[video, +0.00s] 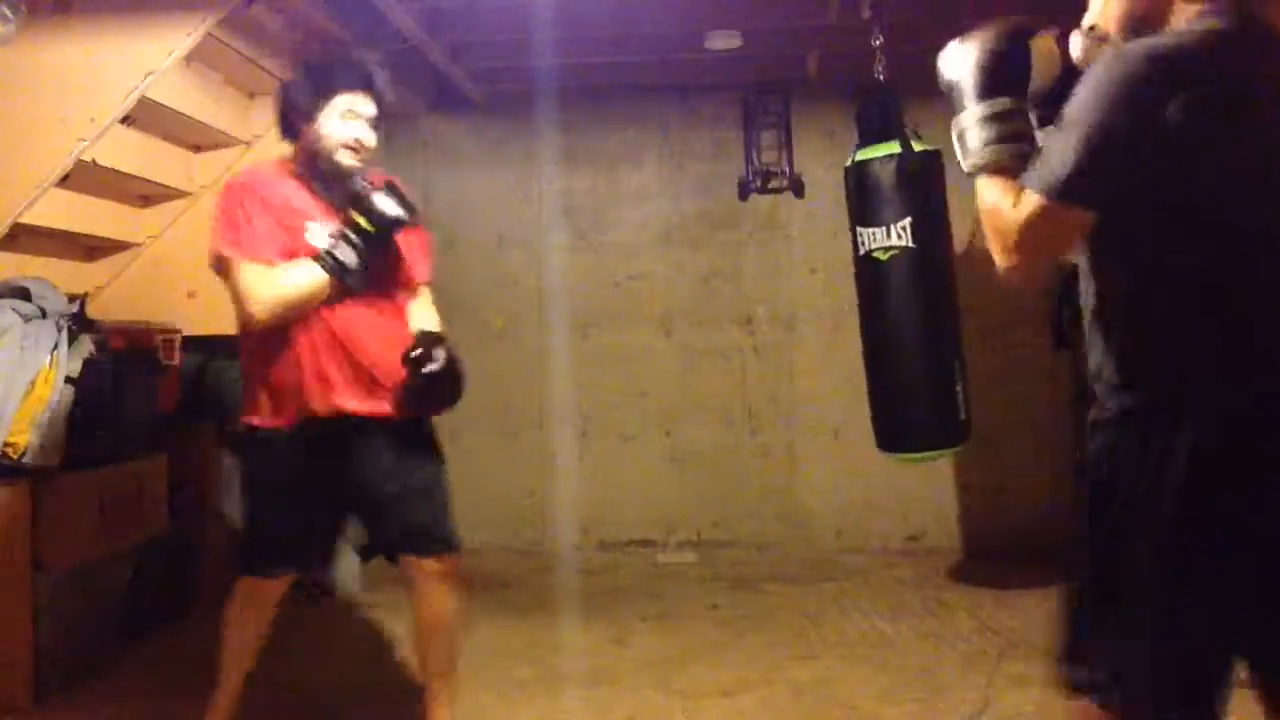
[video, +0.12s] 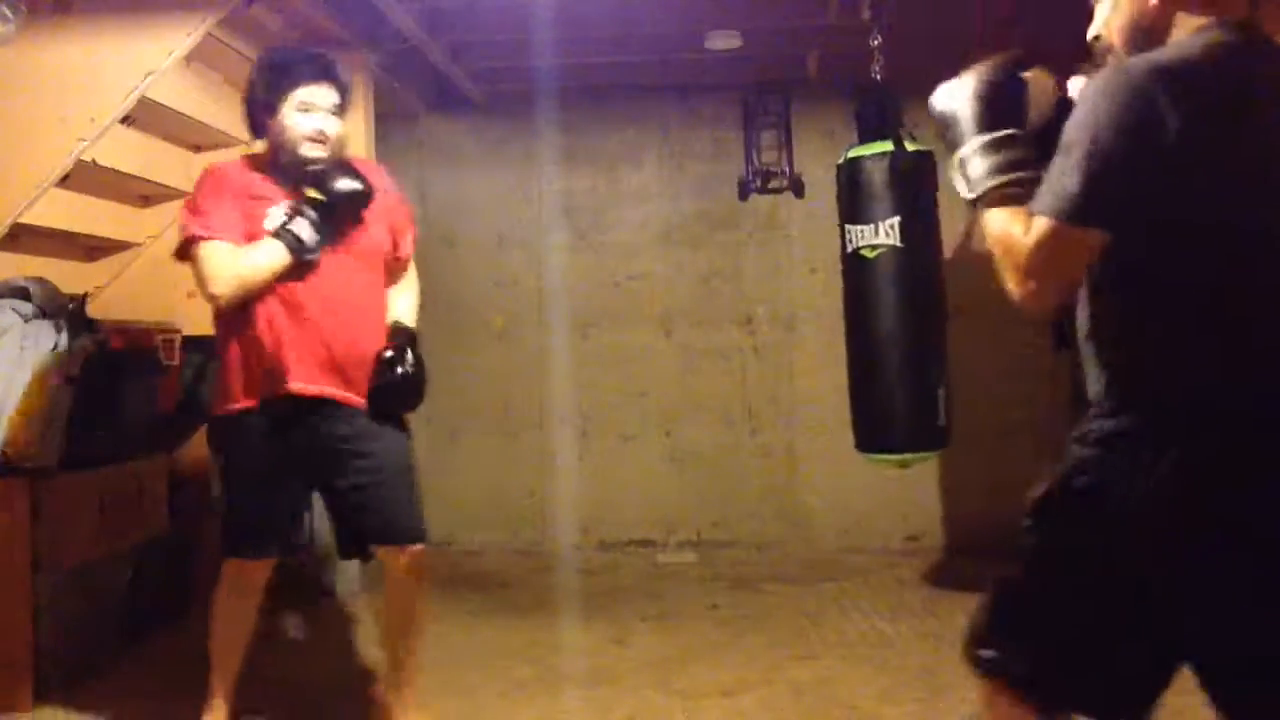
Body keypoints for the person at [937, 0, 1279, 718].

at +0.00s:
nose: (1087, 13)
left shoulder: (1142, 75)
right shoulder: (1260, 62)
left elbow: (1018, 250)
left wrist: (982, 103)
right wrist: (1103, 77)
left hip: (1167, 437)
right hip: (1263, 420)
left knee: (1149, 682)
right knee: (1273, 667)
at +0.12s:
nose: (1092, 20)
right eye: (1094, 0)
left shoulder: (1141, 91)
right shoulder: (1266, 75)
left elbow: (1034, 277)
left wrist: (987, 145)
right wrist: (1102, 111)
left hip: (1148, 473)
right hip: (1259, 463)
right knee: (1262, 691)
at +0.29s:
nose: (1038, 3)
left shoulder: (1071, 81)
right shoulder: (1256, 79)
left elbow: (958, 259)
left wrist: (905, 113)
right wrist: (1026, 91)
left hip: (1093, 469)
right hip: (1244, 464)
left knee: (973, 690)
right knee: (1243, 694)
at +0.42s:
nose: (962, 8)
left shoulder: (983, 90)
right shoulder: (1173, 85)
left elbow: (885, 266)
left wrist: (830, 156)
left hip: (1023, 489)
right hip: (1188, 480)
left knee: (950, 702)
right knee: (1235, 703)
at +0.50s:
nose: (902, 15)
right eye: (906, 0)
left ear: (965, 4)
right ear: (1038, 7)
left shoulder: (910, 110)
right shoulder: (1111, 100)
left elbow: (833, 292)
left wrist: (782, 184)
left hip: (957, 511)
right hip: (1126, 499)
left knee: (908, 707)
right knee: (1211, 705)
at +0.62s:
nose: (832, 11)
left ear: (888, 7)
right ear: (966, 12)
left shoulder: (831, 113)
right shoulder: (1039, 103)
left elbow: (756, 287)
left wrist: (722, 178)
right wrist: (784, 132)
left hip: (886, 504)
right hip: (1056, 489)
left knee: (857, 708)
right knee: (1123, 709)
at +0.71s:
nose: (812, 16)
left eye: (817, 7)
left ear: (853, 9)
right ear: (935, 8)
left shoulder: (807, 95)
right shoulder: (1011, 90)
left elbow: (696, 251)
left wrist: (701, 116)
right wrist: (787, 92)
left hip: (861, 491)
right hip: (1030, 479)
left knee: (839, 700)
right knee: (1059, 704)